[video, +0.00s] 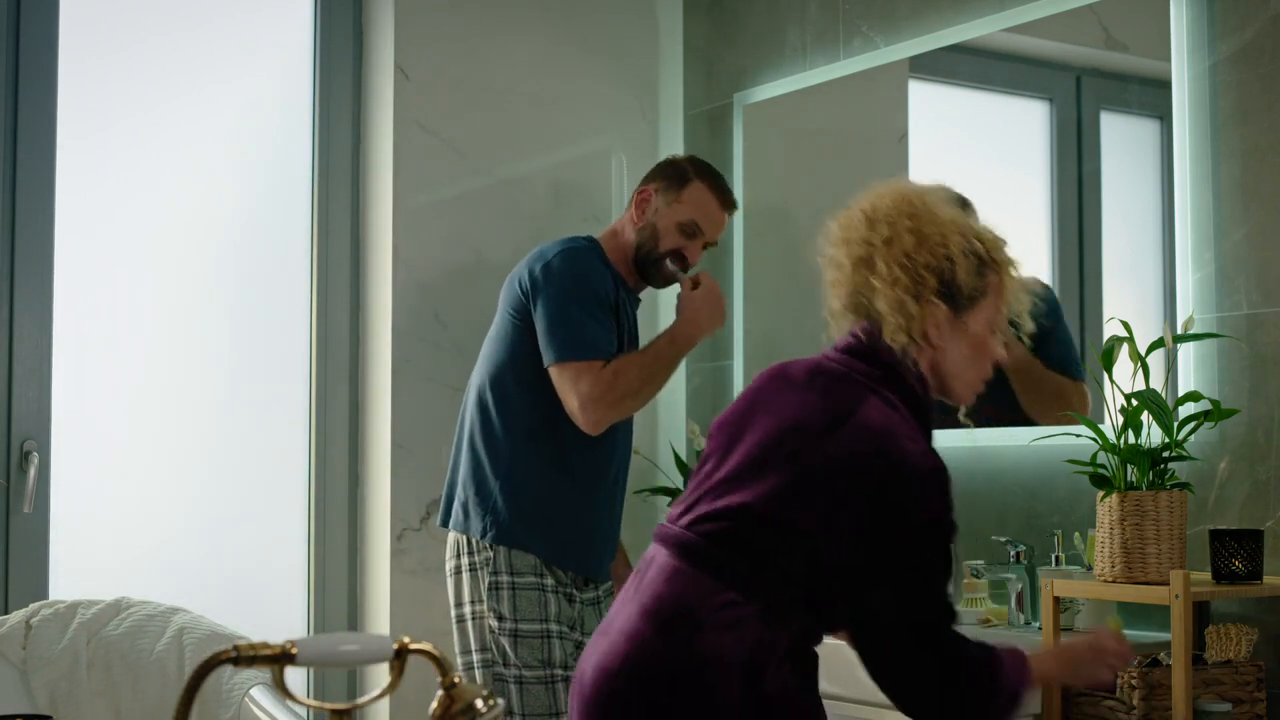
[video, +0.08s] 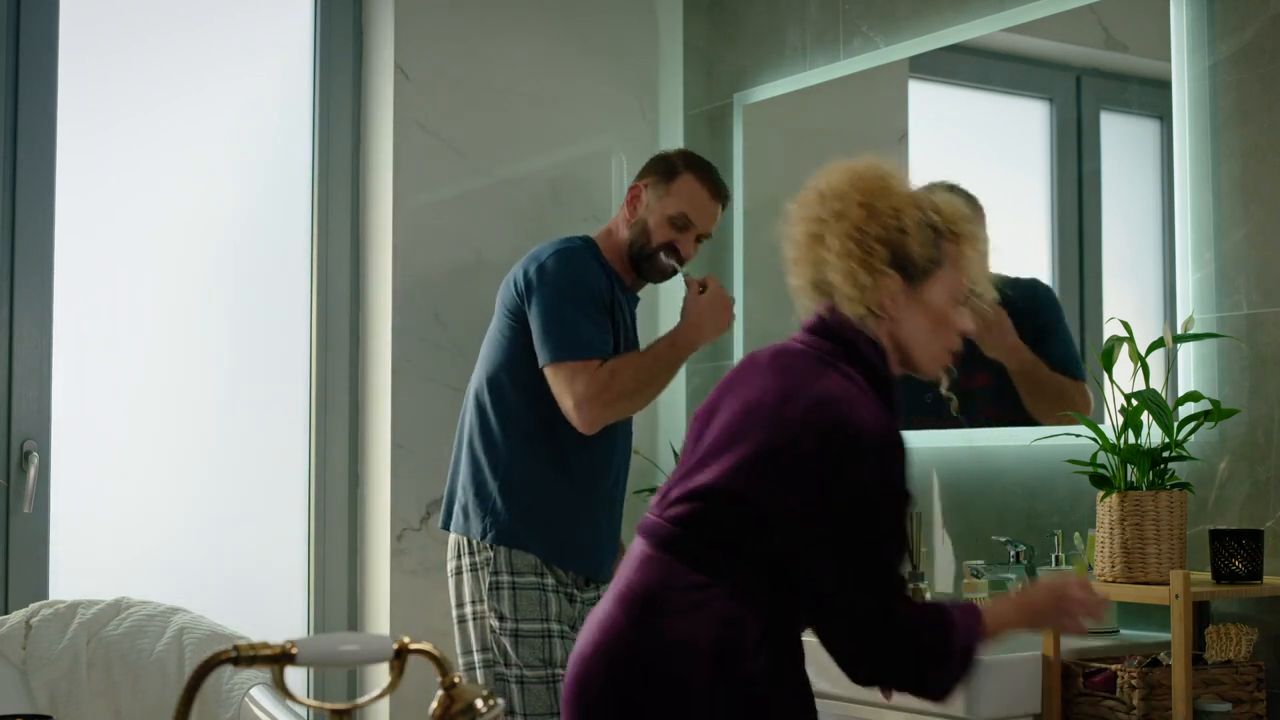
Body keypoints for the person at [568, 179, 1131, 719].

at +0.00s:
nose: (999, 353)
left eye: (1001, 330)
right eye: (992, 328)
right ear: (933, 322)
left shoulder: (779, 384)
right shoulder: (898, 459)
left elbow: (693, 529)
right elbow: (928, 679)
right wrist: (1058, 663)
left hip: (616, 672)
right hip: (729, 694)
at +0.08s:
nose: (967, 325)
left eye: (967, 305)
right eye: (956, 301)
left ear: (882, 292)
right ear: (888, 291)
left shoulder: (760, 370)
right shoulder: (850, 413)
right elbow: (878, 644)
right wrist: (1021, 609)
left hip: (619, 672)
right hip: (708, 686)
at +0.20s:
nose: (889, 287)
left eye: (892, 265)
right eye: (873, 261)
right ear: (800, 256)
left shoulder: (766, 359)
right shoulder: (758, 372)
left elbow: (758, 560)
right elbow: (765, 581)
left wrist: (858, 621)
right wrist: (926, 534)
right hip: (638, 678)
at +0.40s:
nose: (736, 240)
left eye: (753, 222)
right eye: (713, 216)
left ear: (768, 233)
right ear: (656, 220)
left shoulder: (745, 364)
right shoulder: (598, 347)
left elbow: (767, 515)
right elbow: (579, 518)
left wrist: (854, 603)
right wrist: (721, 434)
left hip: (683, 629)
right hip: (569, 629)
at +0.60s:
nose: (608, 208)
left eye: (635, 190)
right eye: (593, 186)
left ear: (675, 210)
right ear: (571, 197)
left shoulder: (708, 349)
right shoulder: (514, 325)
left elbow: (756, 492)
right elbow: (438, 486)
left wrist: (848, 562)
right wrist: (514, 387)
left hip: (645, 642)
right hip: (518, 631)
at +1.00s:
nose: (451, 192)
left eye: (480, 177)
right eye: (450, 174)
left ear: (537, 208)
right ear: (440, 184)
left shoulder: (579, 343)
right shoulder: (382, 320)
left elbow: (630, 507)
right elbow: (288, 447)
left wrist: (581, 442)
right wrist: (287, 328)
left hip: (520, 621)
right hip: (390, 618)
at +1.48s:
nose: (330, 215)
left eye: (354, 196)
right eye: (328, 196)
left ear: (421, 208)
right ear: (321, 199)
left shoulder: (480, 343)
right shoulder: (295, 328)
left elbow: (533, 502)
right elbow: (190, 427)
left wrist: (446, 474)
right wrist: (119, 359)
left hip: (439, 627)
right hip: (316, 622)